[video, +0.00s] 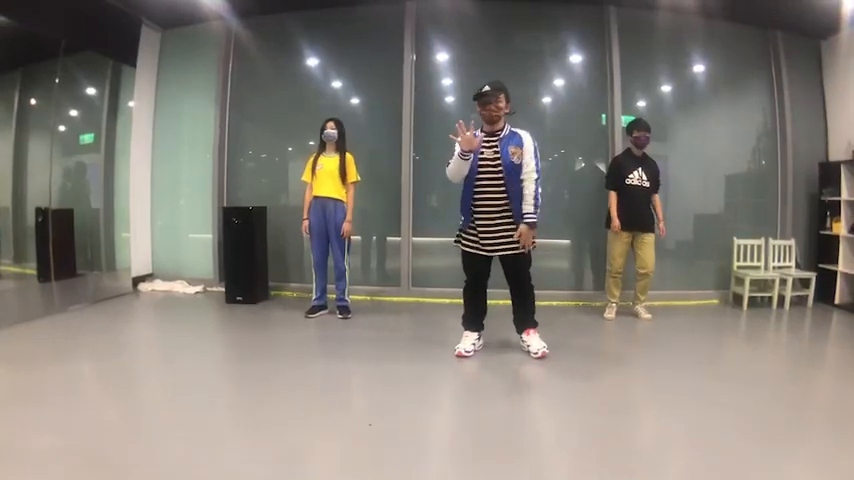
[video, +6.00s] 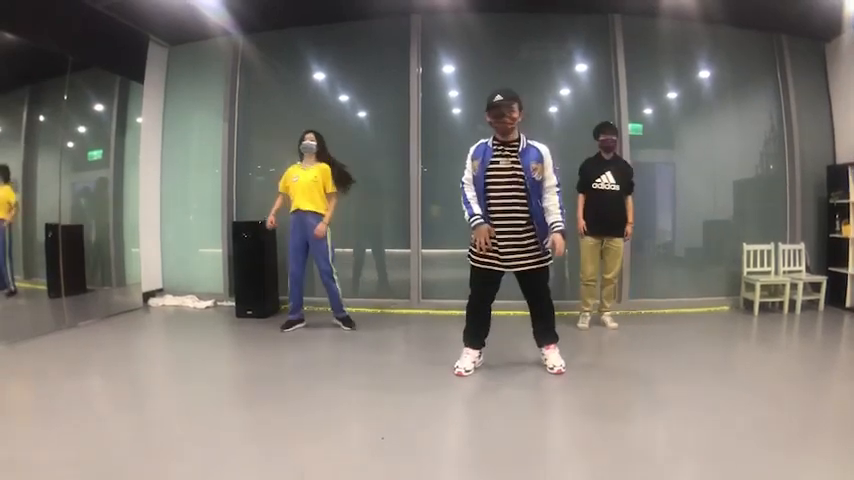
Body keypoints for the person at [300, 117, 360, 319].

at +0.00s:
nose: (329, 132)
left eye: (334, 129)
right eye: (326, 129)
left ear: (340, 134)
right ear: (321, 133)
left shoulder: (346, 158)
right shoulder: (315, 158)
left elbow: (350, 189)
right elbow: (309, 188)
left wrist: (349, 219)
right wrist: (305, 216)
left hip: (337, 203)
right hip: (317, 203)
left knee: (339, 257)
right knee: (318, 256)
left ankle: (342, 302)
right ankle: (319, 301)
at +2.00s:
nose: (336, 140)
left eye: (340, 137)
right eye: (332, 137)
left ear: (346, 141)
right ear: (327, 142)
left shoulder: (353, 166)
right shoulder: (320, 167)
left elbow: (357, 196)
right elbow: (313, 198)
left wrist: (362, 224)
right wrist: (305, 225)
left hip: (344, 214)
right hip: (323, 214)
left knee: (346, 265)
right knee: (325, 265)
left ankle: (349, 312)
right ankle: (326, 311)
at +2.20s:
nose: (334, 140)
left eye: (338, 137)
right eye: (331, 137)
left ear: (344, 141)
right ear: (326, 142)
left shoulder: (350, 167)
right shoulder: (319, 168)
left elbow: (351, 199)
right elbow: (314, 198)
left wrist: (343, 227)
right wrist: (305, 226)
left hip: (340, 215)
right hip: (321, 214)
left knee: (344, 267)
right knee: (320, 265)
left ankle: (349, 312)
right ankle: (324, 311)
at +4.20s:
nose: (341, 149)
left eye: (345, 146)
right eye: (338, 146)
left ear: (351, 153)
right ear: (332, 152)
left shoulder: (355, 177)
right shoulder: (321, 173)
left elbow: (368, 204)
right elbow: (300, 194)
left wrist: (347, 216)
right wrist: (311, 216)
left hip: (346, 226)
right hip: (326, 226)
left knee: (355, 271)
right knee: (332, 272)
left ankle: (350, 312)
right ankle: (299, 311)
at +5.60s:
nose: (343, 152)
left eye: (347, 149)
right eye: (340, 149)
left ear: (353, 155)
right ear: (334, 154)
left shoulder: (356, 179)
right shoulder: (324, 174)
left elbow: (363, 207)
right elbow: (306, 198)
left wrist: (346, 212)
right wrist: (324, 217)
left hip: (344, 228)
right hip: (321, 226)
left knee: (349, 274)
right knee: (312, 273)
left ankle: (351, 314)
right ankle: (303, 312)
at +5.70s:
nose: (336, 149)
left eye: (340, 146)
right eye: (333, 146)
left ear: (347, 151)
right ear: (328, 150)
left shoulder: (350, 178)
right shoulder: (316, 171)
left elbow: (357, 206)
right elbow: (304, 194)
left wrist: (348, 221)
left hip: (335, 223)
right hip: (314, 222)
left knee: (342, 274)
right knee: (299, 269)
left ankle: (352, 314)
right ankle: (298, 313)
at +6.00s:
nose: (308, 142)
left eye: (313, 139)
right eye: (305, 139)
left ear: (319, 146)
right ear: (300, 146)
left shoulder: (324, 169)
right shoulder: (292, 170)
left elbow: (333, 197)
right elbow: (282, 195)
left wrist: (325, 222)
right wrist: (272, 213)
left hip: (316, 217)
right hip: (296, 217)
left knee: (325, 269)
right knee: (295, 269)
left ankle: (340, 313)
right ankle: (296, 315)